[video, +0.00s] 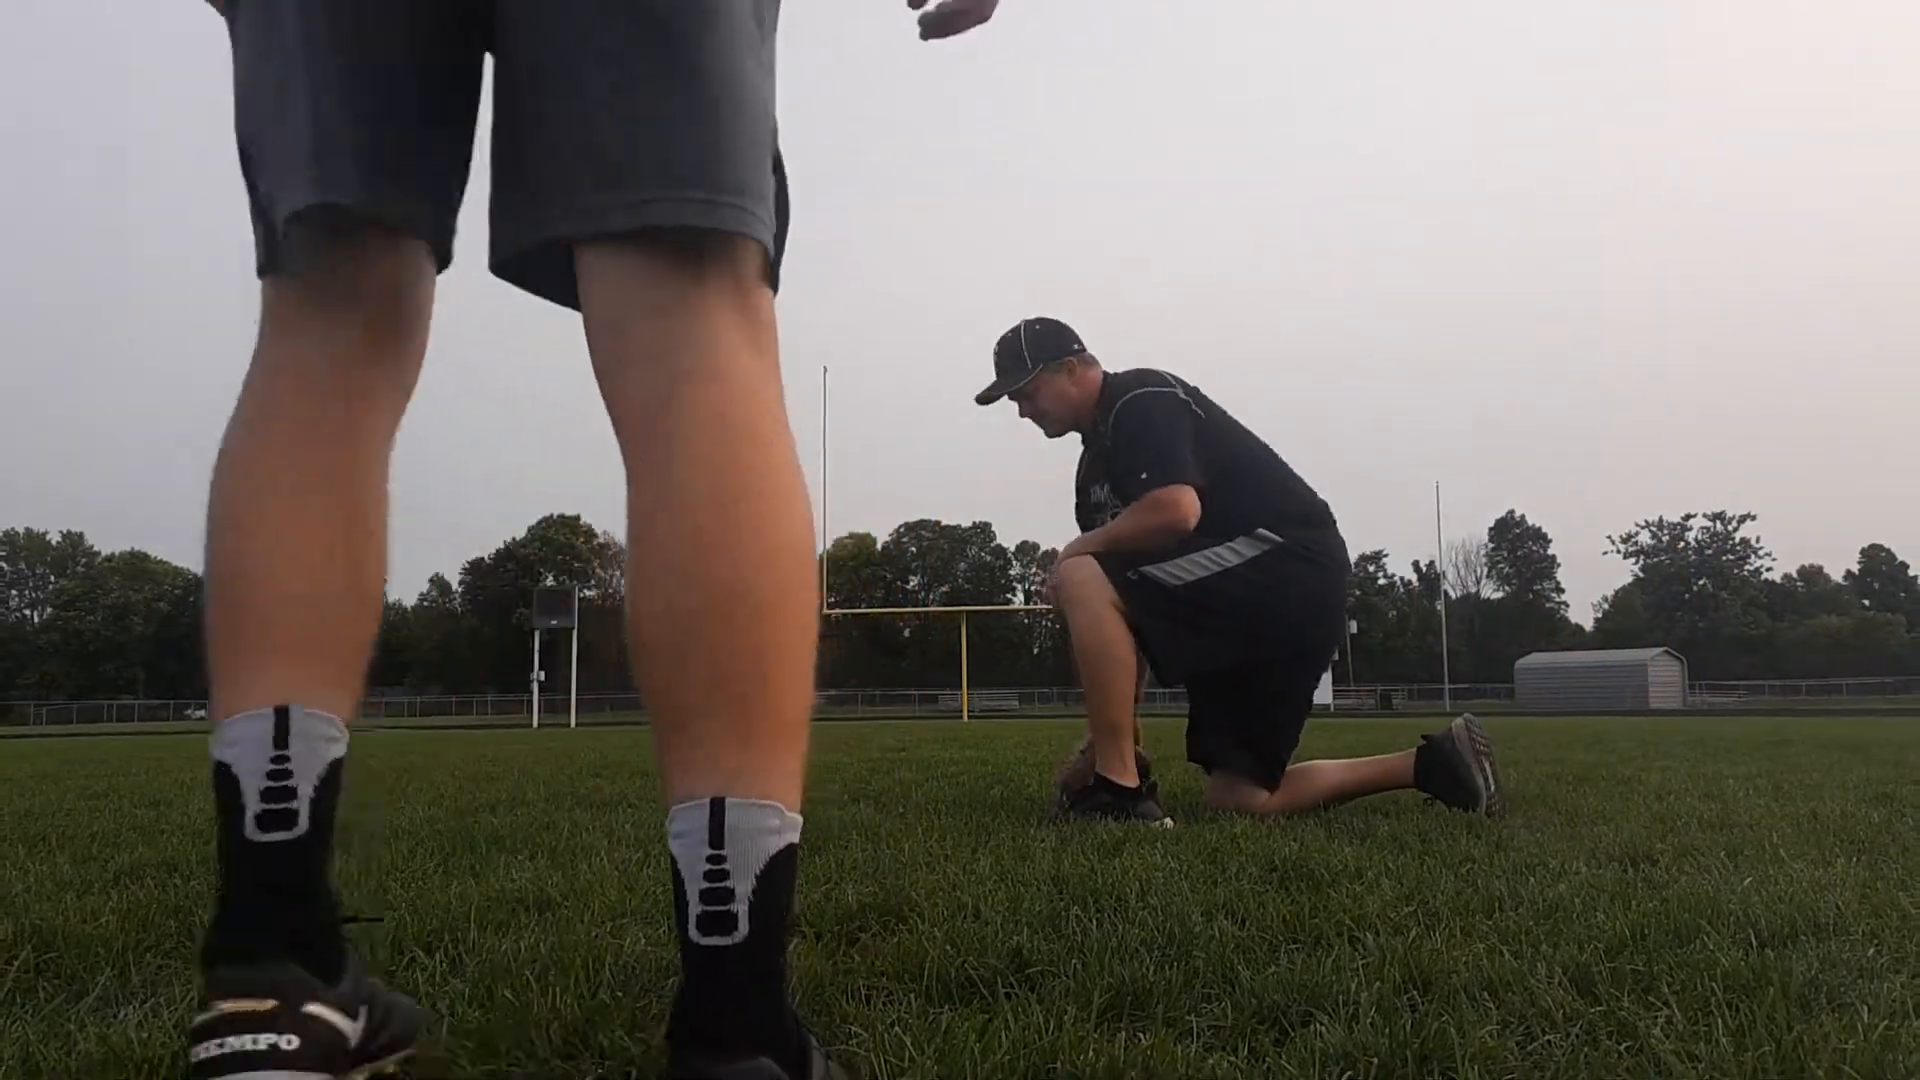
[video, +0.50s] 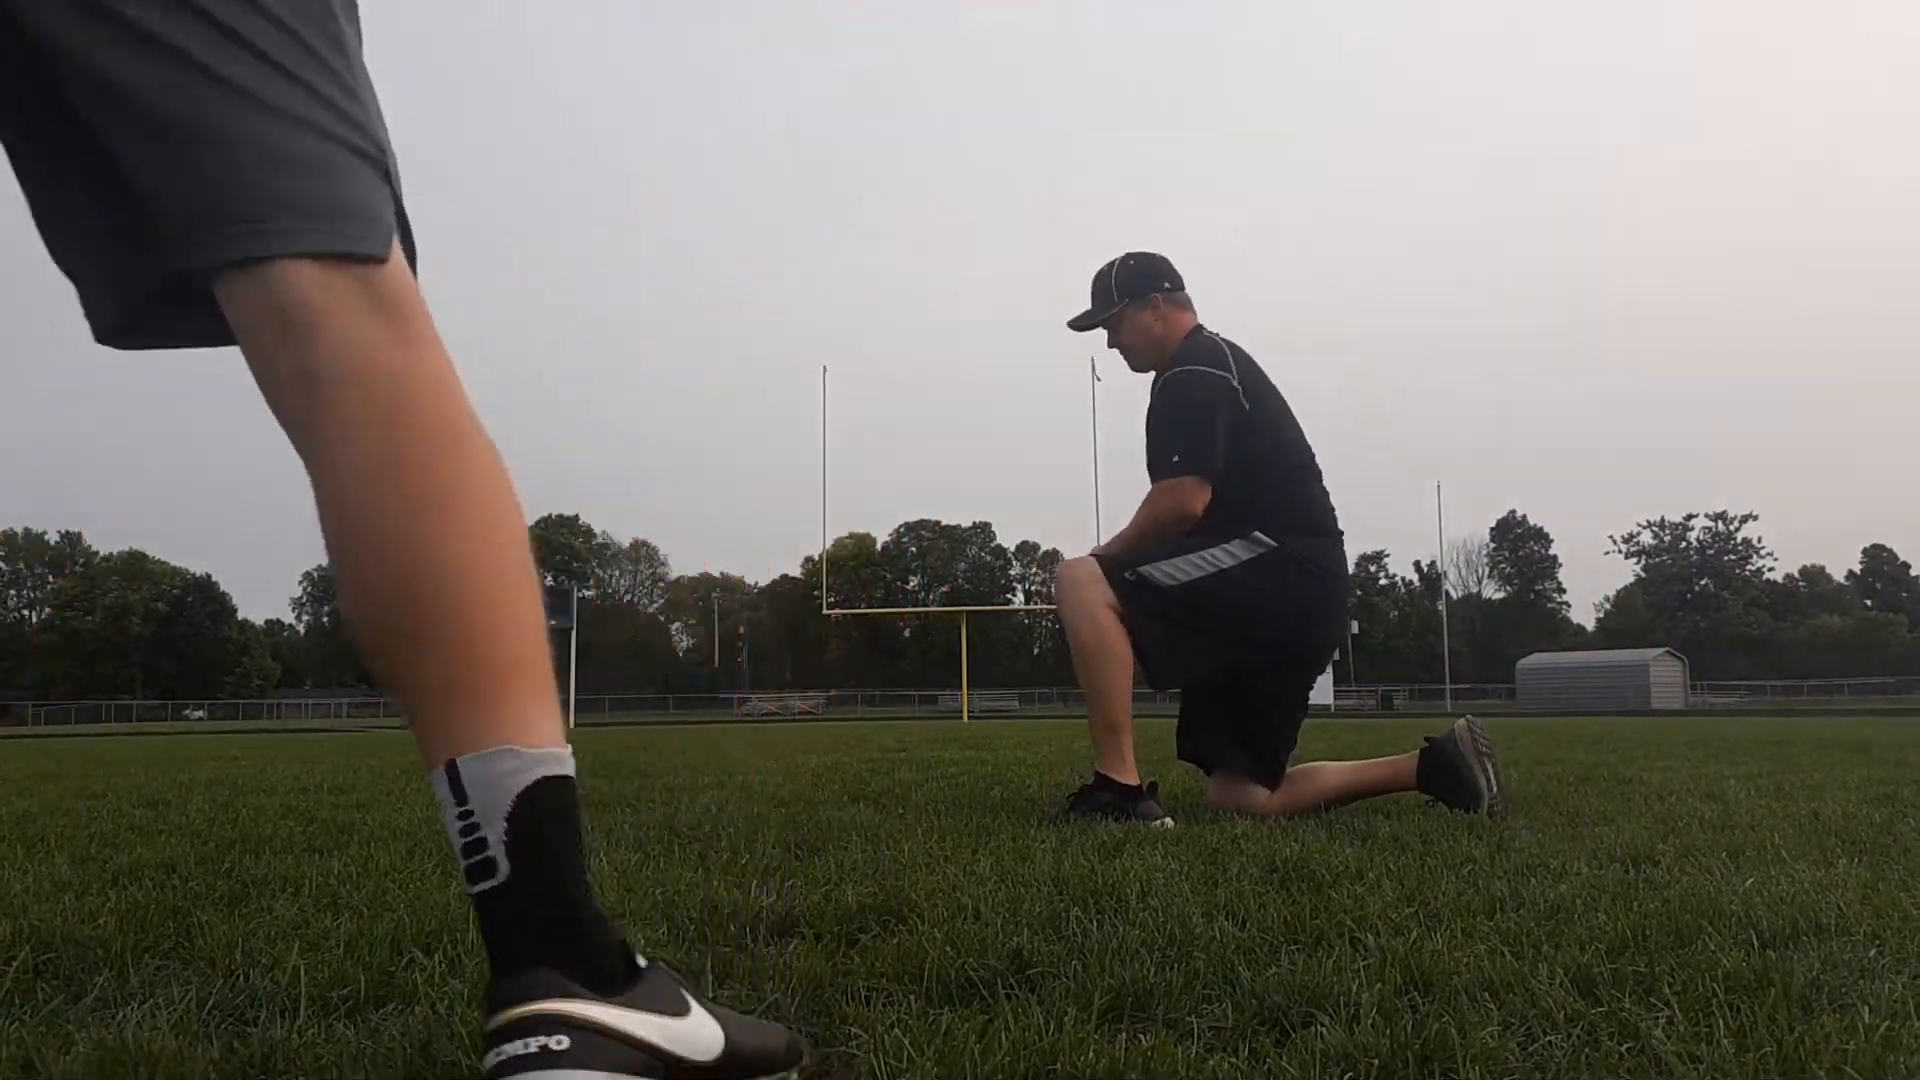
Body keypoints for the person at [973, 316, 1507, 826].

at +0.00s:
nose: (1020, 410)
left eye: (1024, 392)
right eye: (1014, 399)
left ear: (1071, 369)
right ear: (1048, 388)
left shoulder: (1141, 398)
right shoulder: (1095, 479)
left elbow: (1175, 510)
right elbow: (1127, 620)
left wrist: (1080, 552)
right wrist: (1095, 748)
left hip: (1285, 559)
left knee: (1084, 578)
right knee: (1236, 796)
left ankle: (1123, 788)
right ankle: (1427, 767)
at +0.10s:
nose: (1046, 390)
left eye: (1048, 372)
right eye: (1040, 379)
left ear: (1091, 352)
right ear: (1089, 357)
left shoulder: (1158, 385)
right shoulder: (1117, 445)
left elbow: (1179, 503)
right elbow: (1138, 592)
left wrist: (1090, 553)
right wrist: (1123, 710)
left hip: (1289, 565)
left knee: (1085, 575)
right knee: (1238, 796)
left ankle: (1119, 785)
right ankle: (1428, 767)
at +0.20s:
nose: (1067, 374)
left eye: (1067, 357)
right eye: (1060, 363)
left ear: (1110, 336)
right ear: (1114, 341)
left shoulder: (1169, 377)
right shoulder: (1153, 413)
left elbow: (1179, 497)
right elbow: (1188, 547)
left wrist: (1091, 557)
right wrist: (1147, 658)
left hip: (1287, 562)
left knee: (1088, 577)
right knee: (1238, 795)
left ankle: (1120, 786)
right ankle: (1428, 766)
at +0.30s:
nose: (1085, 359)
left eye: (1087, 341)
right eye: (1078, 348)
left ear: (1129, 320)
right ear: (1132, 321)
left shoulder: (1182, 371)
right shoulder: (1189, 377)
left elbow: (1175, 500)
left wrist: (1101, 564)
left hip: (1287, 562)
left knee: (1089, 579)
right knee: (1236, 796)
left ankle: (1120, 788)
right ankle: (1429, 768)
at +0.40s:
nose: (1099, 349)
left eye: (1102, 330)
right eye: (1094, 336)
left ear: (1145, 311)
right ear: (1149, 312)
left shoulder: (1188, 370)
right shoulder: (1203, 369)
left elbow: (1184, 503)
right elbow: (1204, 512)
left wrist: (1104, 562)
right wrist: (1121, 570)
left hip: (1280, 562)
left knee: (1084, 581)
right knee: (1237, 797)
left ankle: (1120, 786)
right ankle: (1430, 768)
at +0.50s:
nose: (1111, 343)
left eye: (1114, 325)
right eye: (1106, 330)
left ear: (1157, 307)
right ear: (1163, 308)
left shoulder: (1193, 370)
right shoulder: (1219, 364)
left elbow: (1182, 500)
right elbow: (1212, 509)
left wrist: (1104, 559)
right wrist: (1126, 566)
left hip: (1275, 566)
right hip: (1311, 589)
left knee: (1083, 582)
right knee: (1235, 796)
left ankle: (1120, 786)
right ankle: (1430, 767)